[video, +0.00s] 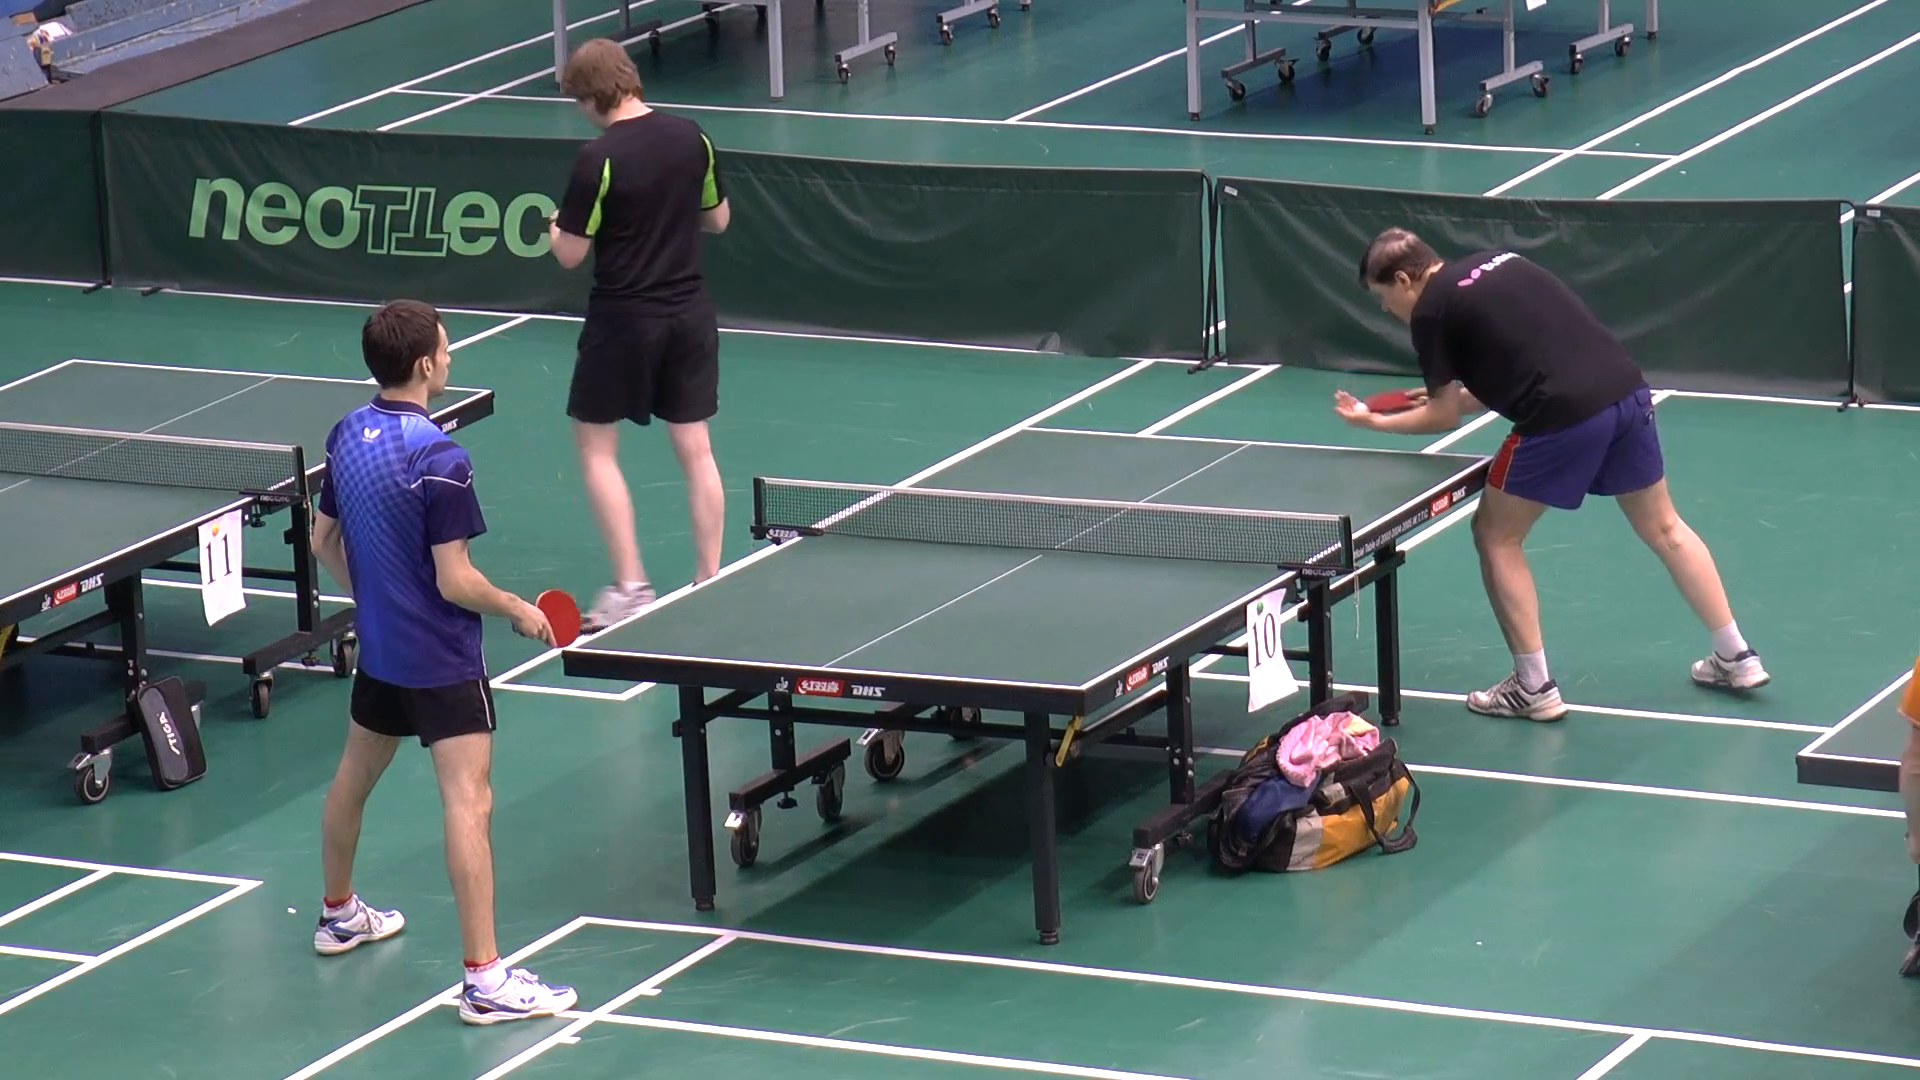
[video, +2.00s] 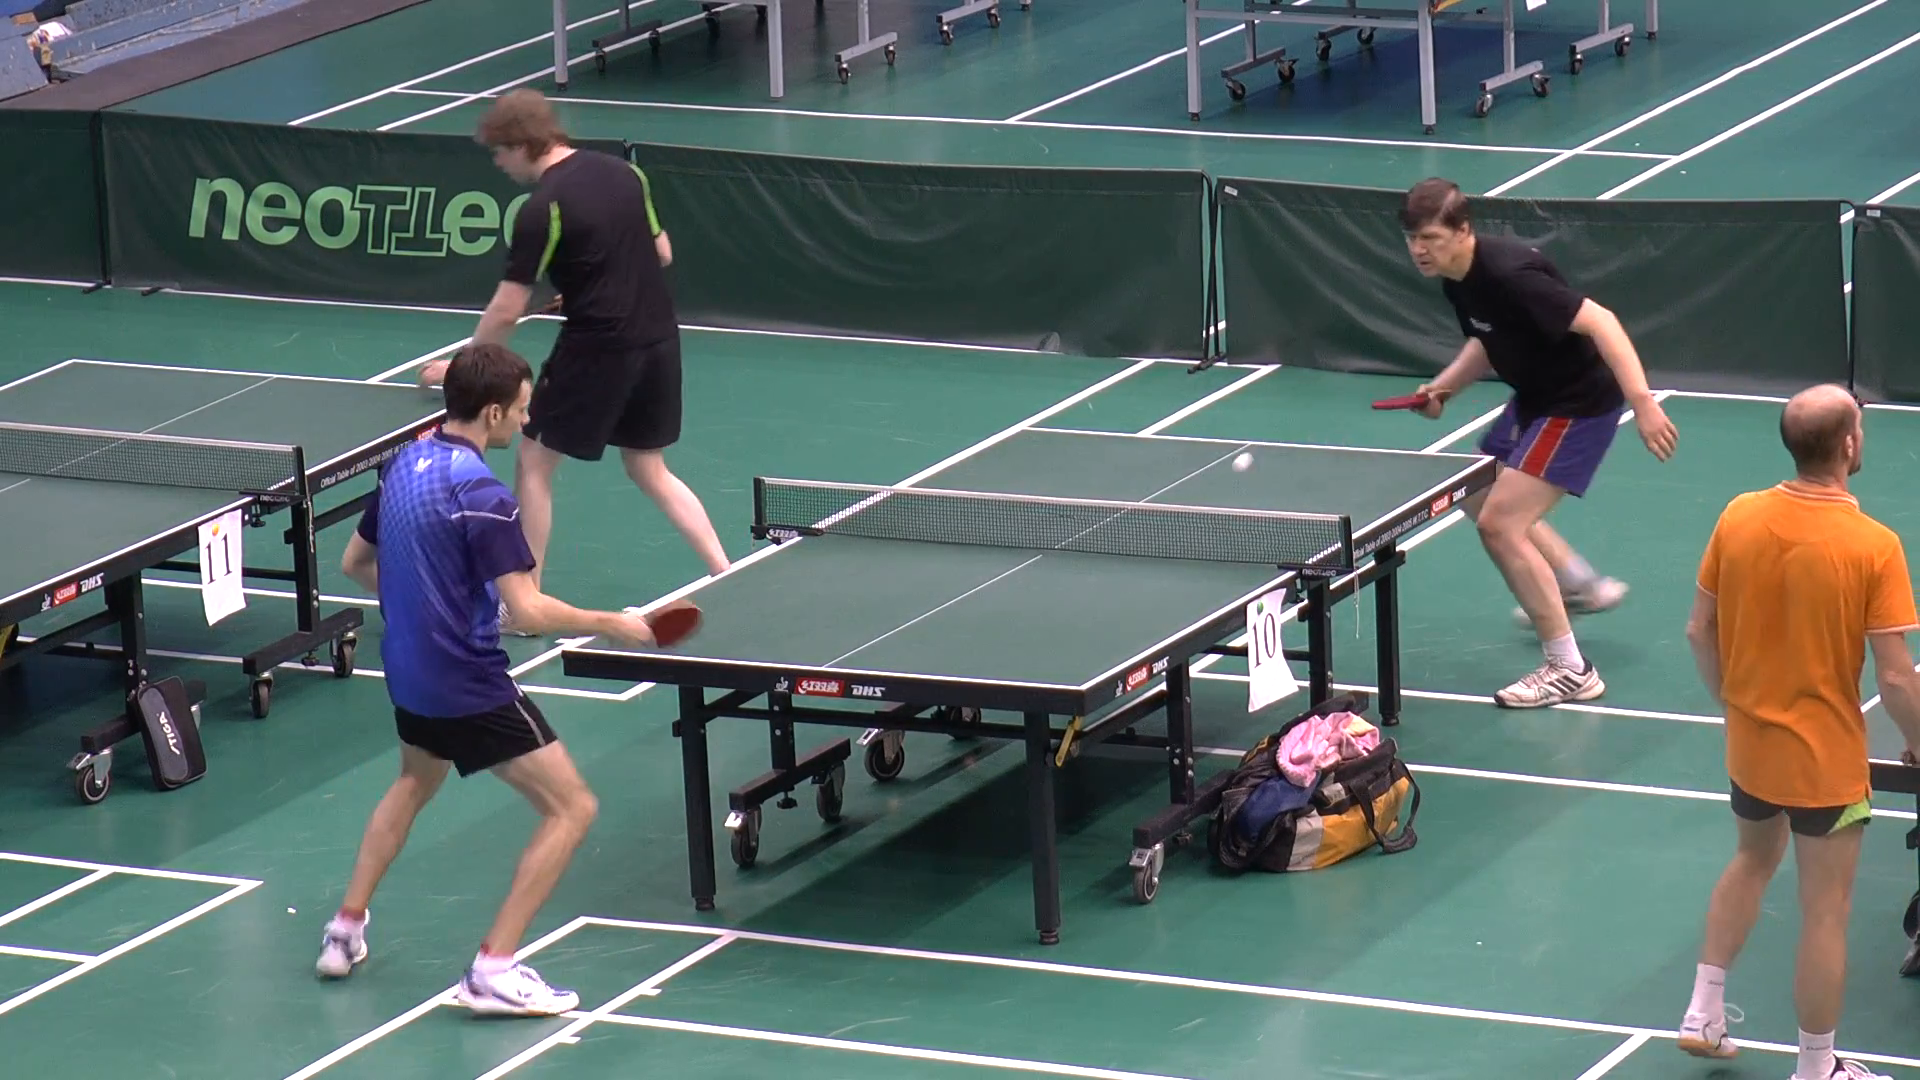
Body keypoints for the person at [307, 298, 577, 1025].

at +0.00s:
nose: (449, 355)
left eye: (445, 345)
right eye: (445, 347)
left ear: (378, 365)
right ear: (428, 363)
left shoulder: (348, 432)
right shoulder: (440, 454)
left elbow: (325, 541)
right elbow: (454, 578)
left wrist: (376, 595)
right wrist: (519, 609)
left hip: (380, 652)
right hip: (441, 660)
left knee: (353, 779)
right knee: (469, 803)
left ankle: (339, 912)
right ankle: (485, 975)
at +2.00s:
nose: (524, 418)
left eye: (524, 406)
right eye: (521, 406)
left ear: (458, 402)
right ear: (493, 410)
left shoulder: (404, 460)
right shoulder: (481, 490)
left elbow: (357, 562)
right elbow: (525, 609)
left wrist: (424, 595)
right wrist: (613, 623)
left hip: (408, 676)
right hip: (469, 686)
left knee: (416, 778)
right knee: (572, 808)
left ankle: (346, 926)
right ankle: (495, 966)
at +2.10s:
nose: (530, 440)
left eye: (530, 428)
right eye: (525, 428)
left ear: (467, 425)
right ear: (495, 430)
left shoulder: (412, 481)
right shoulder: (488, 513)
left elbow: (376, 573)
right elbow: (550, 617)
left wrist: (467, 598)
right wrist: (657, 638)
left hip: (418, 693)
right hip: (481, 699)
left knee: (418, 794)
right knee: (619, 786)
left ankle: (339, 934)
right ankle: (535, 936)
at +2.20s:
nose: (568, 456)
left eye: (568, 444)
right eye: (563, 445)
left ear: (512, 442)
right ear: (525, 445)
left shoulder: (451, 488)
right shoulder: (528, 525)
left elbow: (404, 553)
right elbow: (620, 608)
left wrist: (496, 581)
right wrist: (735, 621)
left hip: (438, 702)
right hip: (503, 706)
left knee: (421, 802)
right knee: (658, 769)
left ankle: (340, 933)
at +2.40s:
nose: (737, 469)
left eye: (739, 456)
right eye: (732, 457)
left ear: (669, 442)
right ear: (693, 450)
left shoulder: (596, 472)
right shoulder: (695, 523)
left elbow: (497, 503)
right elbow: (810, 594)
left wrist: (442, 526)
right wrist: (920, 600)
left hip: (544, 688)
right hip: (622, 697)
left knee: (458, 793)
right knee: (766, 779)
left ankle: (359, 924)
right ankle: (859, 938)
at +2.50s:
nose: (830, 477)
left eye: (827, 464)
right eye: (825, 466)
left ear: (757, 460)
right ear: (795, 471)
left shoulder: (680, 491)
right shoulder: (790, 546)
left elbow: (562, 515)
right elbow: (905, 611)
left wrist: (467, 537)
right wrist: (1005, 614)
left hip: (604, 694)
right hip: (688, 708)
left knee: (508, 795)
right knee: (847, 769)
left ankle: (402, 919)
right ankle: (885, 939)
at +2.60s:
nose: (883, 492)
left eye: (882, 481)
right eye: (882, 483)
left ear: (814, 468)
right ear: (865, 485)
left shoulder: (742, 501)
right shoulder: (849, 560)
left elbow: (628, 535)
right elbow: (954, 625)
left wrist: (517, 564)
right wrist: (1035, 611)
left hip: (656, 704)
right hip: (743, 719)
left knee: (552, 812)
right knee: (902, 768)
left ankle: (449, 935)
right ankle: (887, 939)